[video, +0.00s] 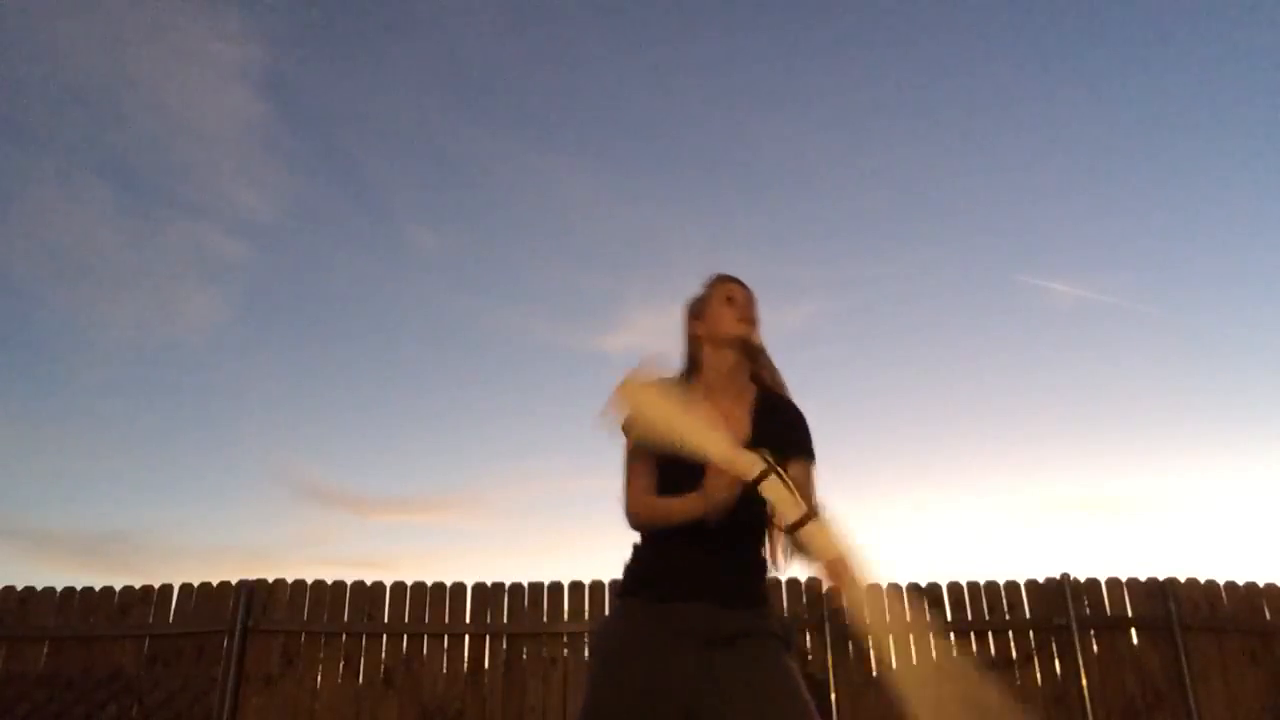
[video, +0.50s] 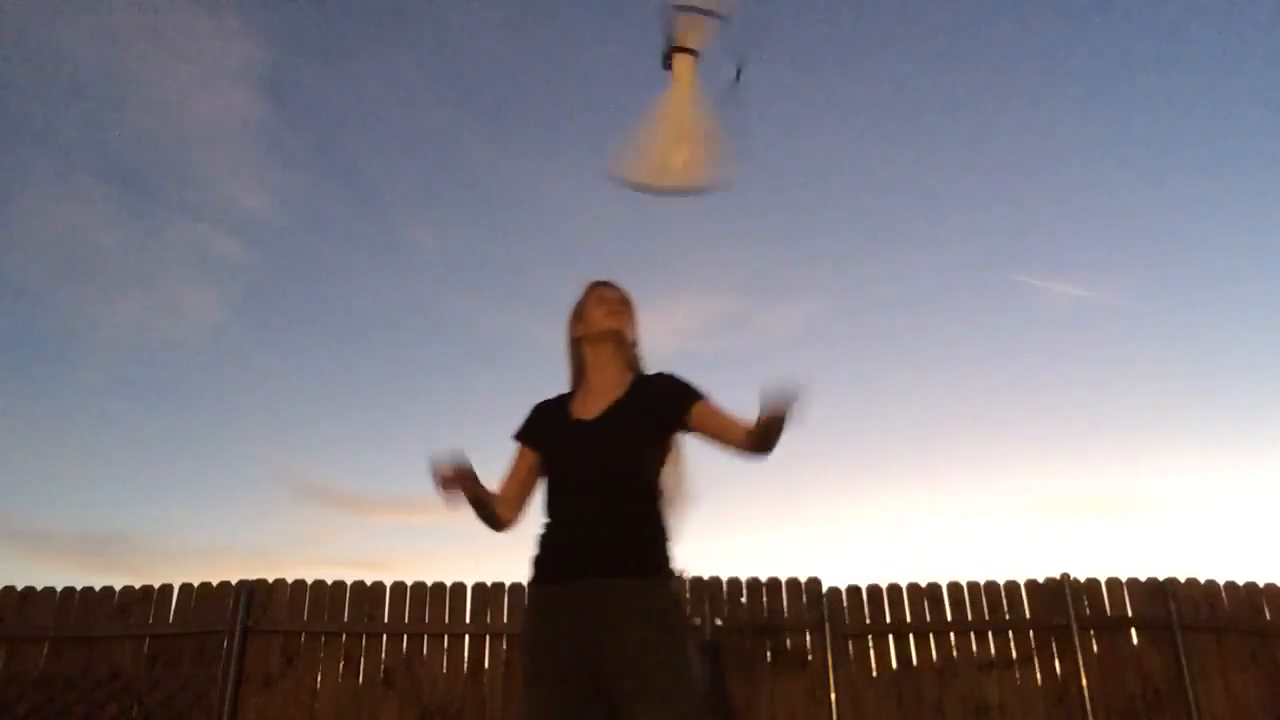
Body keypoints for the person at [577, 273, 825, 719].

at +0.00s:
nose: (741, 310)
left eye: (747, 307)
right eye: (727, 300)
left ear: (754, 331)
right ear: (696, 323)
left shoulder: (780, 415)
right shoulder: (657, 406)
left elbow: (800, 513)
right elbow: (638, 508)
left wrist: (830, 559)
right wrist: (704, 500)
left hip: (742, 613)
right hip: (652, 610)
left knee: (789, 710)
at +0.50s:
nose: (610, 307)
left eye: (620, 305)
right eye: (598, 304)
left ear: (634, 330)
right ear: (576, 329)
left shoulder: (660, 394)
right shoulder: (549, 416)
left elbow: (754, 441)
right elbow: (502, 514)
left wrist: (773, 419)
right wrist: (471, 486)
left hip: (639, 592)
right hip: (559, 596)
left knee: (655, 706)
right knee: (556, 708)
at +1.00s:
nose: (475, 324)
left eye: (487, 313)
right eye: (465, 322)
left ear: (516, 327)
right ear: (462, 344)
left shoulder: (554, 381)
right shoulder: (460, 433)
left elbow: (627, 467)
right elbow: (364, 478)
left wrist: (572, 529)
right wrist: (327, 395)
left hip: (553, 590)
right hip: (499, 600)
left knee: (451, 708)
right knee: (531, 712)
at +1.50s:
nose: (356, 375)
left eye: (364, 359)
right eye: (352, 369)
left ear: (403, 346)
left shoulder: (467, 381)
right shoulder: (387, 468)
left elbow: (559, 443)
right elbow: (411, 558)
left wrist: (519, 533)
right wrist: (368, 598)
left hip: (501, 591)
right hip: (442, 609)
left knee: (400, 710)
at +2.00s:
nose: (385, 361)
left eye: (392, 344)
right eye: (378, 354)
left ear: (430, 336)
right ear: (382, 367)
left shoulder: (494, 378)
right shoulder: (407, 453)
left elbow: (583, 447)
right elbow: (422, 539)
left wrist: (544, 530)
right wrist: (385, 583)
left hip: (511, 589)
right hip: (454, 601)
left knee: (419, 705)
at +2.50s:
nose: (531, 319)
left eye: (544, 313)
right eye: (521, 314)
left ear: (566, 334)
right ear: (506, 337)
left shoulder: (605, 403)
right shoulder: (478, 421)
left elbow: (629, 493)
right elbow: (473, 526)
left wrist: (643, 498)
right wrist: (492, 529)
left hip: (599, 593)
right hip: (518, 595)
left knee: (592, 706)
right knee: (518, 708)